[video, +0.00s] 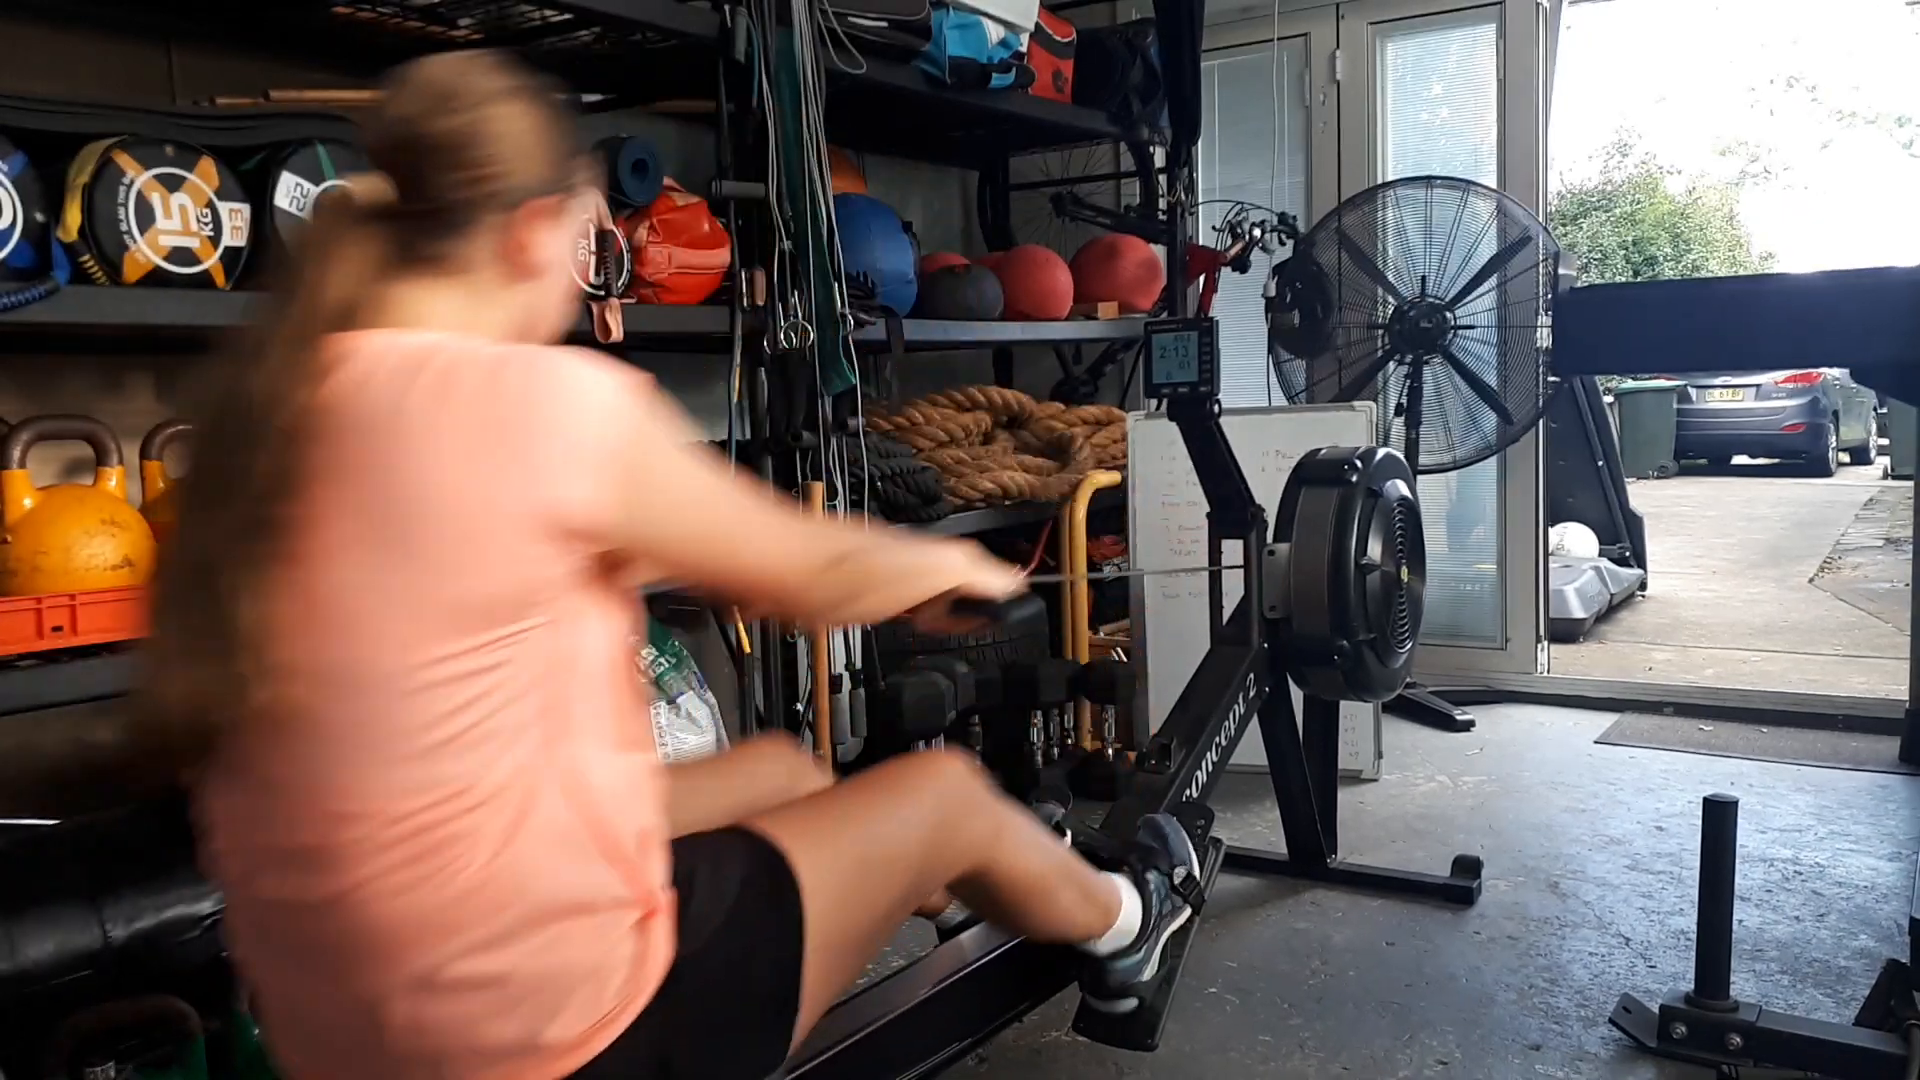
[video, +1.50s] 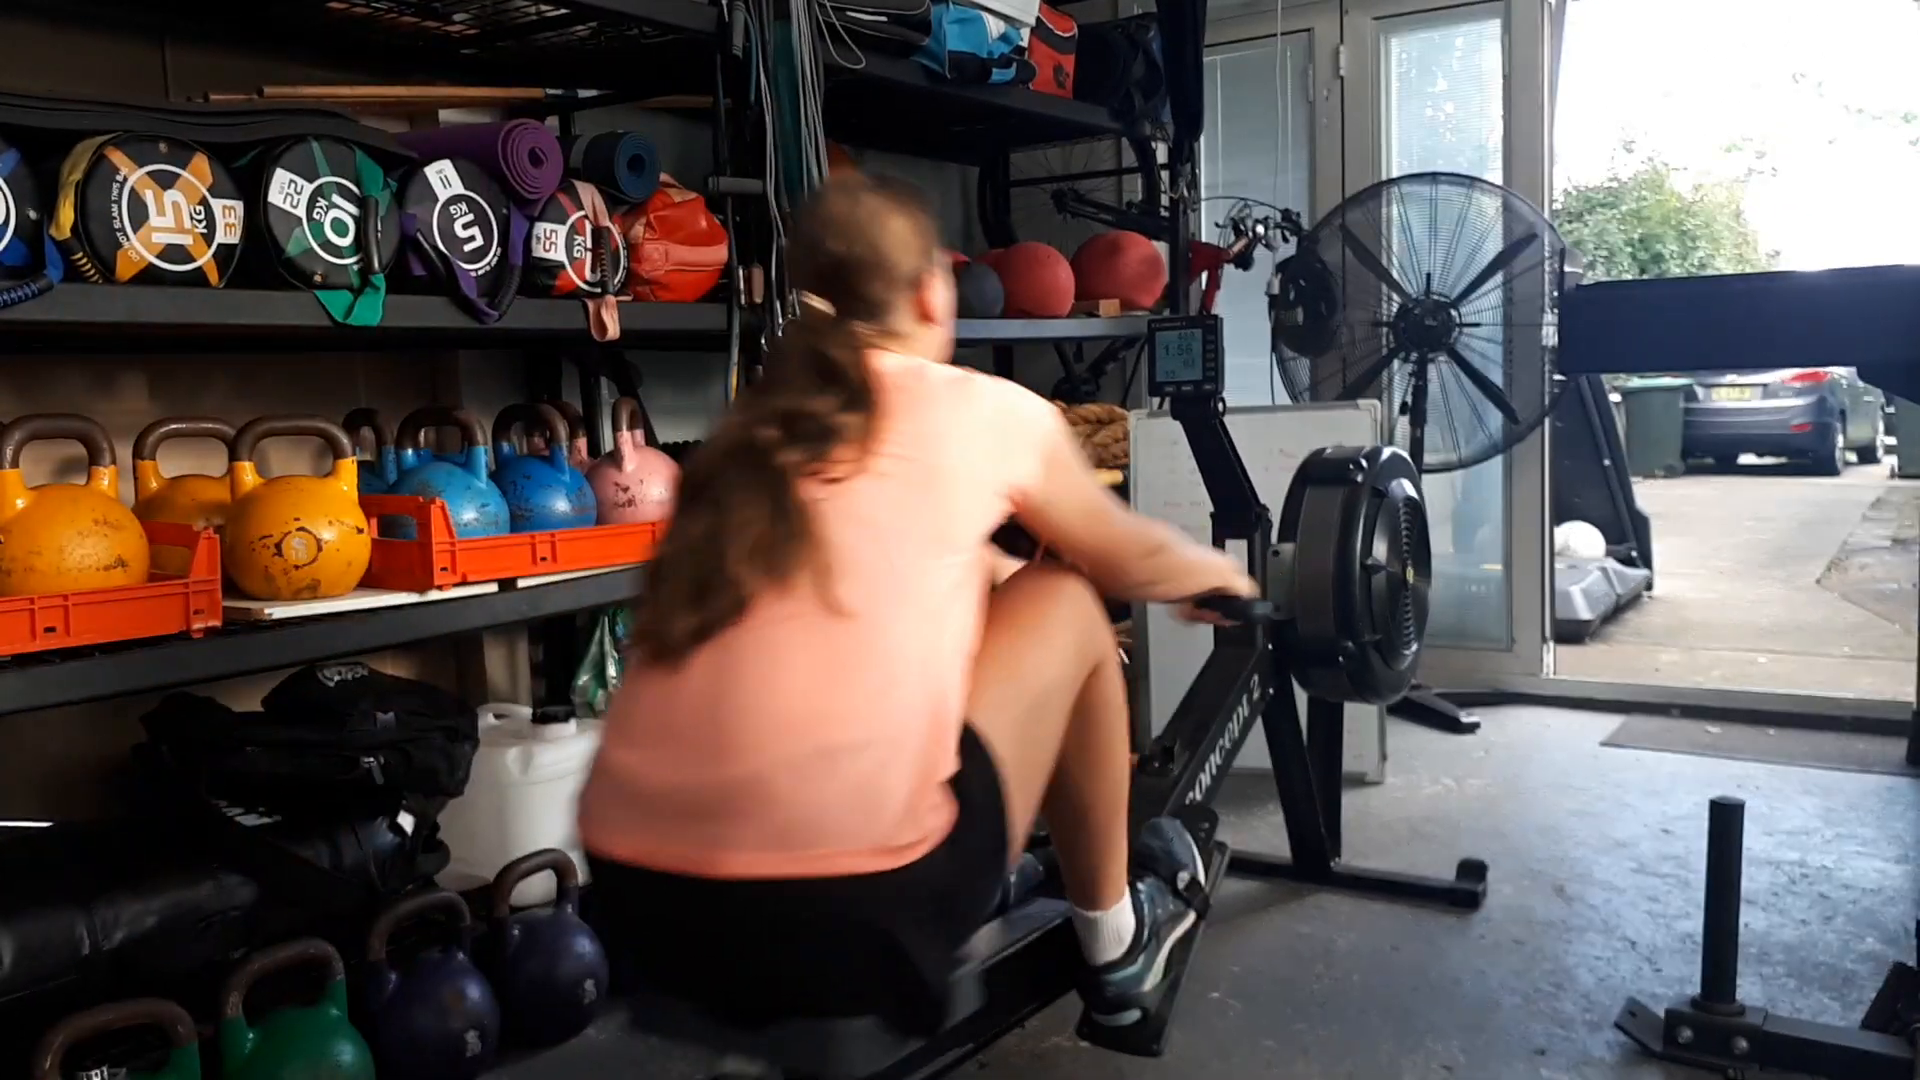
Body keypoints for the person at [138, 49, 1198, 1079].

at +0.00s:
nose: (594, 264)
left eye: (595, 234)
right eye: (587, 232)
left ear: (393, 219)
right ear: (529, 231)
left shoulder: (283, 399)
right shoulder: (553, 407)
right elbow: (816, 581)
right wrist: (948, 560)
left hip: (336, 1028)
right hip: (564, 1029)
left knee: (785, 762)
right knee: (945, 788)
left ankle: (913, 898)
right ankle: (1120, 926)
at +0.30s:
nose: (392, 338)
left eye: (401, 299)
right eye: (395, 297)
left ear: (157, 269)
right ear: (327, 286)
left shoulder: (46, 458)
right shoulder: (259, 511)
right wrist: (588, 715)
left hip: (302, 1025)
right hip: (508, 1039)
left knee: (736, 836)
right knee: (898, 876)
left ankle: (867, 970)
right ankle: (1112, 940)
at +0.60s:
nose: (554, 258)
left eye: (556, 222)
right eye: (552, 220)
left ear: (340, 216)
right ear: (495, 223)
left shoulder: (221, 405)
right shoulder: (493, 401)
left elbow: (193, 779)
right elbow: (787, 744)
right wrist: (825, 660)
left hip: (307, 1032)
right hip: (539, 1031)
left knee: (780, 802)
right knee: (927, 845)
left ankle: (865, 986)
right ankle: (1120, 951)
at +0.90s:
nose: (837, 272)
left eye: (831, 249)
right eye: (833, 250)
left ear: (666, 255)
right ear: (807, 260)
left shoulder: (578, 403)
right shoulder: (836, 416)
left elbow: (670, 580)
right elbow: (1052, 594)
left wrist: (865, 597)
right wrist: (1121, 602)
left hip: (499, 990)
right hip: (714, 997)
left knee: (815, 640)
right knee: (1011, 677)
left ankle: (926, 897)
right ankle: (1123, 959)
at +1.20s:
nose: (990, 305)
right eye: (987, 289)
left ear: (851, 308)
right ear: (973, 305)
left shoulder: (781, 419)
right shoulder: (1007, 428)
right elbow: (1169, 555)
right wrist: (1241, 579)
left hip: (681, 898)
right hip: (889, 915)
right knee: (1080, 585)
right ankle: (1110, 945)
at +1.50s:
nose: (953, 297)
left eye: (946, 276)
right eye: (949, 278)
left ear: (807, 299)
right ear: (931, 294)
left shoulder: (753, 415)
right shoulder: (993, 415)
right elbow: (1125, 556)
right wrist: (1209, 573)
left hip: (642, 914)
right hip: (848, 928)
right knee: (1066, 597)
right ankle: (1117, 951)